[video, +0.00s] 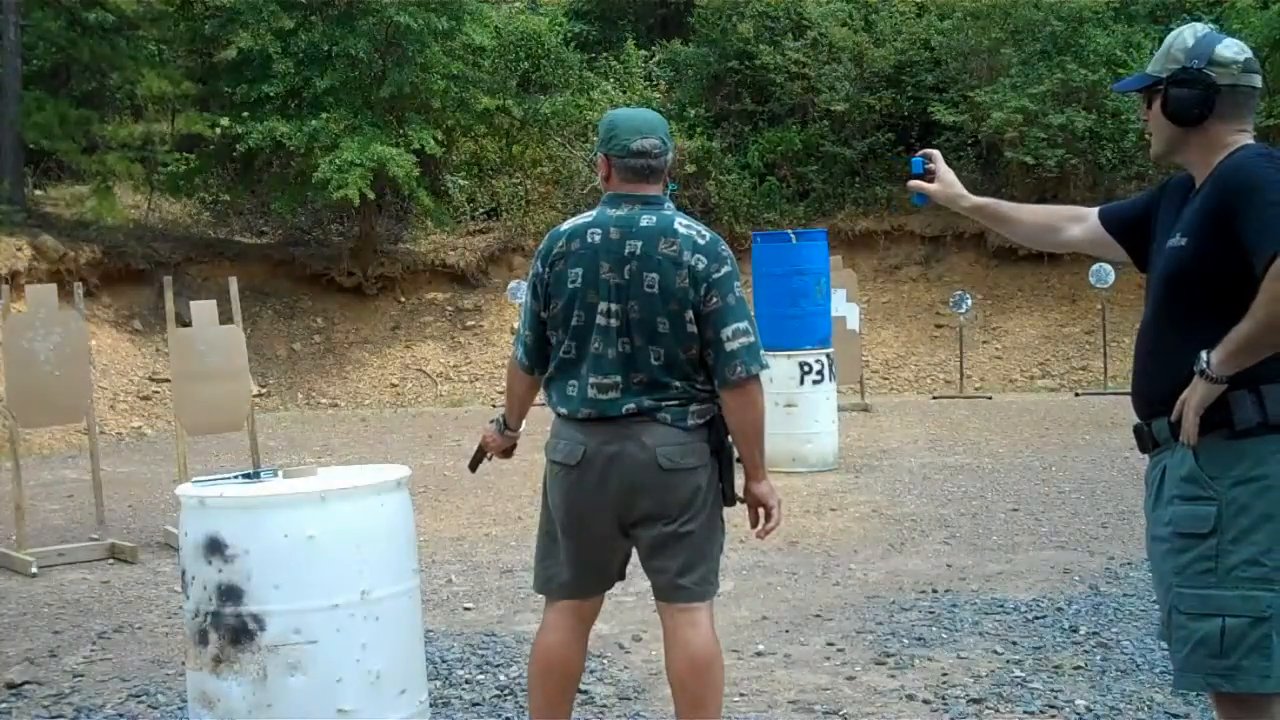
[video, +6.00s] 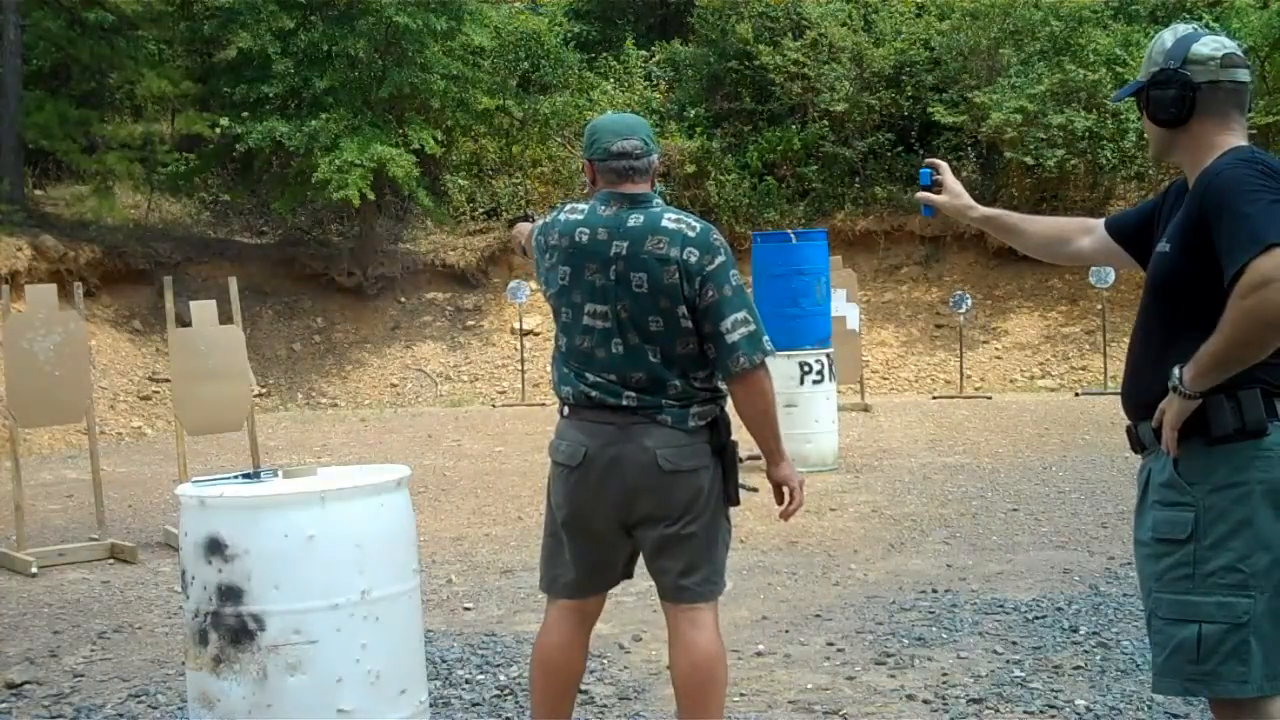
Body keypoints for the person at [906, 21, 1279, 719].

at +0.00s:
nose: (1145, 113)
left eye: (1152, 98)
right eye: (1146, 99)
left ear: (1186, 100)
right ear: (1217, 102)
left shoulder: (1251, 175)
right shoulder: (1178, 197)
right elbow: (1072, 227)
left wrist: (1216, 369)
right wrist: (964, 201)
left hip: (1236, 458)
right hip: (1192, 458)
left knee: (1246, 689)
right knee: (1235, 681)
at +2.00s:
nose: (1138, 113)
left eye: (1145, 99)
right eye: (1139, 100)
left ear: (1177, 101)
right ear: (1208, 104)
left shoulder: (1247, 181)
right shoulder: (1168, 201)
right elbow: (1064, 234)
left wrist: (1211, 374)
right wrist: (957, 206)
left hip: (1227, 455)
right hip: (1181, 456)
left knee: (1241, 689)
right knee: (1229, 683)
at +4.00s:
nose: (1148, 115)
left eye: (1152, 100)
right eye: (1148, 101)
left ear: (1178, 102)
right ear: (1228, 100)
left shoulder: (1245, 180)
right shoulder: (1192, 196)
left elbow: (1272, 284)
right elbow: (1086, 238)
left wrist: (1195, 383)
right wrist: (977, 211)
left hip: (1226, 463)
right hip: (1206, 458)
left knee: (1242, 692)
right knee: (1241, 685)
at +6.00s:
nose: (1144, 116)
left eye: (1149, 101)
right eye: (1145, 102)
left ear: (1173, 102)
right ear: (1226, 100)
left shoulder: (1238, 180)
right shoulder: (1189, 196)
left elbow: (1271, 283)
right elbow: (1084, 238)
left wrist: (1189, 384)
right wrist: (974, 214)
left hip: (1223, 463)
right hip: (1210, 458)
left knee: (1241, 692)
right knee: (1241, 685)